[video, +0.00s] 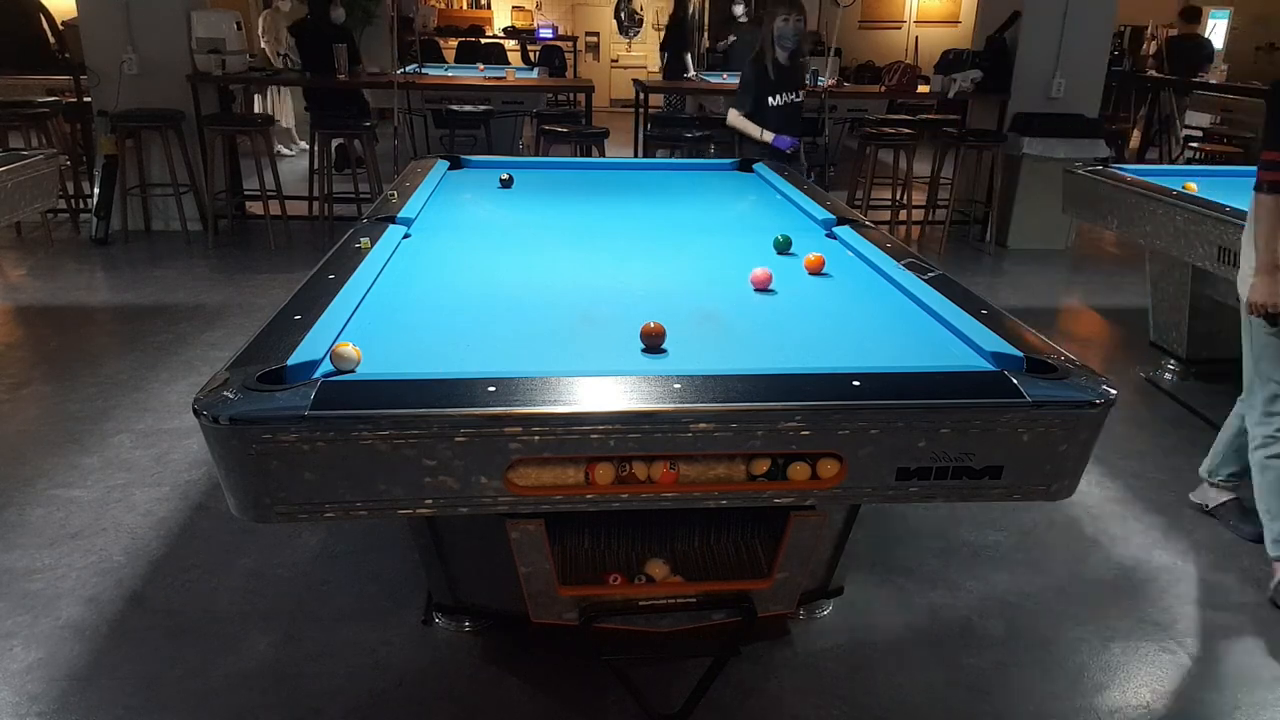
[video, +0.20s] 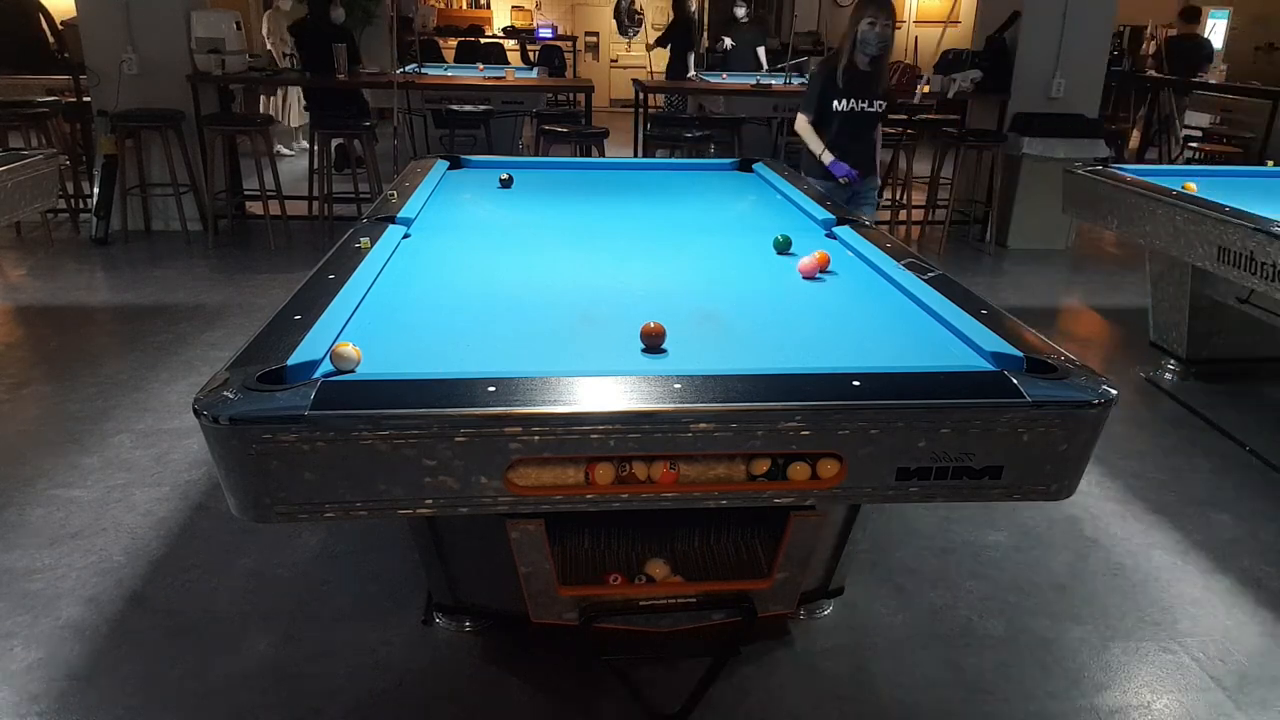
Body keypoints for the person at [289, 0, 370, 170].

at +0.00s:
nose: (342, 11)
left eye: (341, 7)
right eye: (339, 7)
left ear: (311, 8)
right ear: (332, 9)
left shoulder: (299, 30)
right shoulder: (342, 33)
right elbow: (357, 71)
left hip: (315, 103)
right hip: (345, 104)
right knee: (362, 106)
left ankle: (352, 151)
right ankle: (346, 148)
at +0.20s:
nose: (341, 11)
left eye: (340, 7)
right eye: (338, 7)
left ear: (309, 8)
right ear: (332, 8)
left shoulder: (298, 29)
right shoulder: (342, 33)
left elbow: (304, 66)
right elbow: (356, 71)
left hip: (315, 104)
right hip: (345, 105)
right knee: (362, 105)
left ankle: (352, 151)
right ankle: (346, 148)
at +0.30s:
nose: (342, 12)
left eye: (341, 7)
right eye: (339, 7)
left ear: (309, 9)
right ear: (332, 9)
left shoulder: (300, 30)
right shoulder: (342, 33)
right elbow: (355, 70)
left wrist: (300, 11)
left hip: (315, 102)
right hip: (345, 104)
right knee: (361, 106)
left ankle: (342, 146)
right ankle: (347, 149)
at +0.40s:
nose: (345, 8)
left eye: (344, 4)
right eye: (341, 5)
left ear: (312, 8)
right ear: (331, 8)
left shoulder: (299, 30)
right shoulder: (341, 33)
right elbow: (357, 72)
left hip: (315, 103)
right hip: (344, 105)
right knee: (362, 105)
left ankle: (350, 149)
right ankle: (345, 148)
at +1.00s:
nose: (335, 8)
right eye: (331, 5)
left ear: (302, 7)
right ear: (319, 5)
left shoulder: (298, 30)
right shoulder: (331, 27)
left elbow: (302, 67)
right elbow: (351, 59)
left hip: (314, 103)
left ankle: (348, 151)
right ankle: (345, 149)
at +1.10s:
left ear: (302, 8)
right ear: (319, 6)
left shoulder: (298, 30)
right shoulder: (332, 26)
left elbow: (301, 66)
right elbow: (350, 57)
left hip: (313, 99)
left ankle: (348, 150)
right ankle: (345, 149)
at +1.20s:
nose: (336, 9)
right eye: (332, 5)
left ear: (305, 7)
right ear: (324, 6)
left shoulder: (299, 27)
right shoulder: (333, 28)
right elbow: (352, 60)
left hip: (313, 99)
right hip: (339, 101)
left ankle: (347, 150)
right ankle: (345, 149)